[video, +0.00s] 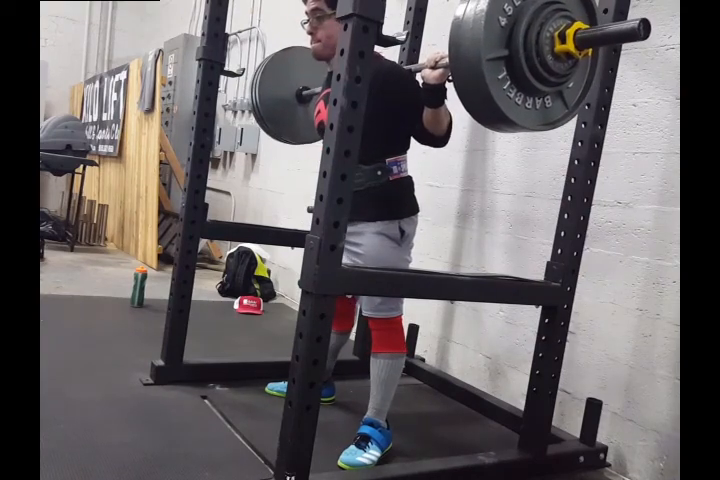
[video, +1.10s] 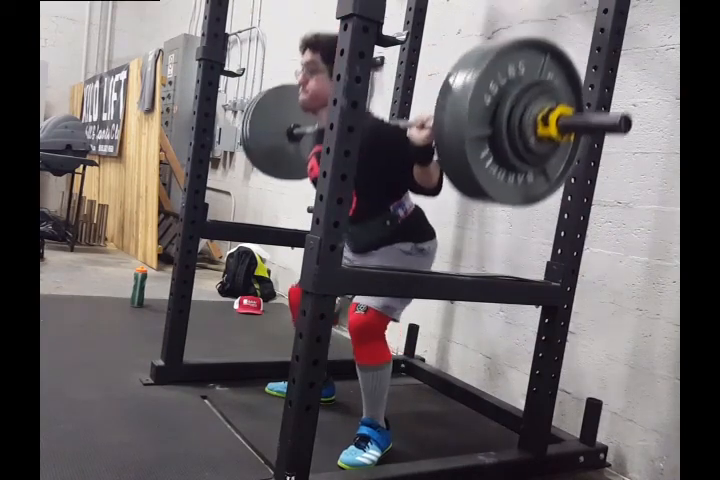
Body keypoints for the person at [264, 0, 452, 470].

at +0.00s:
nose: (310, 33)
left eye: (316, 22)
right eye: (308, 24)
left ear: (348, 20)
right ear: (330, 26)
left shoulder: (391, 78)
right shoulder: (333, 79)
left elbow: (437, 136)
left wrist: (434, 88)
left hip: (383, 218)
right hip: (335, 214)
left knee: (382, 313)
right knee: (331, 302)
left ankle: (376, 424)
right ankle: (318, 380)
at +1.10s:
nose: (300, 80)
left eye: (310, 72)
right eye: (301, 71)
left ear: (339, 79)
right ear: (315, 80)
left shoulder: (376, 134)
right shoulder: (321, 136)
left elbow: (430, 185)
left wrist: (423, 147)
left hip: (404, 243)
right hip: (353, 242)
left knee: (364, 325)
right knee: (302, 298)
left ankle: (374, 429)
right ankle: (315, 381)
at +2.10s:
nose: (273, 184)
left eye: (282, 176)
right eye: (273, 176)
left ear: (313, 181)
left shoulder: (354, 229)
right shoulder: (303, 229)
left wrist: (402, 237)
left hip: (401, 300)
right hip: (354, 297)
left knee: (352, 333)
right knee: (282, 304)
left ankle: (372, 429)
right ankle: (315, 383)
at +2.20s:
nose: (273, 187)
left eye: (282, 179)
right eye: (273, 178)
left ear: (313, 183)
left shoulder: (354, 232)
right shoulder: (302, 233)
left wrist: (398, 241)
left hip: (401, 303)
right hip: (352, 300)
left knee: (352, 334)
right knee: (282, 304)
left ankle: (371, 429)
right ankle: (315, 383)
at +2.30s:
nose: (274, 187)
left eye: (283, 179)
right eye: (273, 178)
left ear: (313, 183)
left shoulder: (355, 232)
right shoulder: (303, 233)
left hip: (403, 301)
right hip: (355, 298)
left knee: (352, 333)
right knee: (283, 304)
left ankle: (371, 429)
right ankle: (315, 383)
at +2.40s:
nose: (274, 183)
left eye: (283, 175)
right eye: (273, 175)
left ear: (314, 179)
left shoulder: (356, 227)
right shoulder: (304, 230)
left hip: (404, 296)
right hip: (354, 292)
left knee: (352, 331)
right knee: (285, 303)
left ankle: (372, 428)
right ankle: (315, 383)